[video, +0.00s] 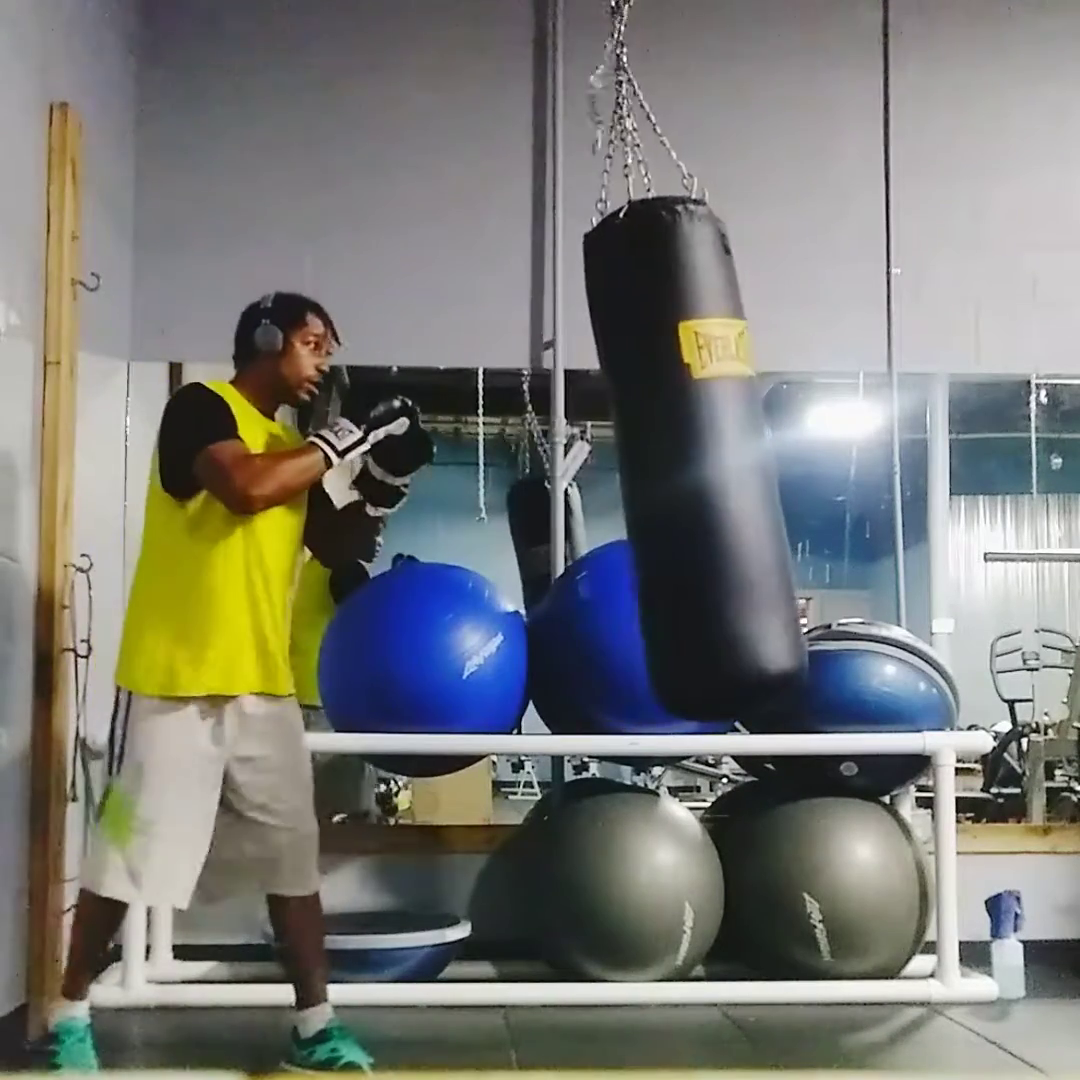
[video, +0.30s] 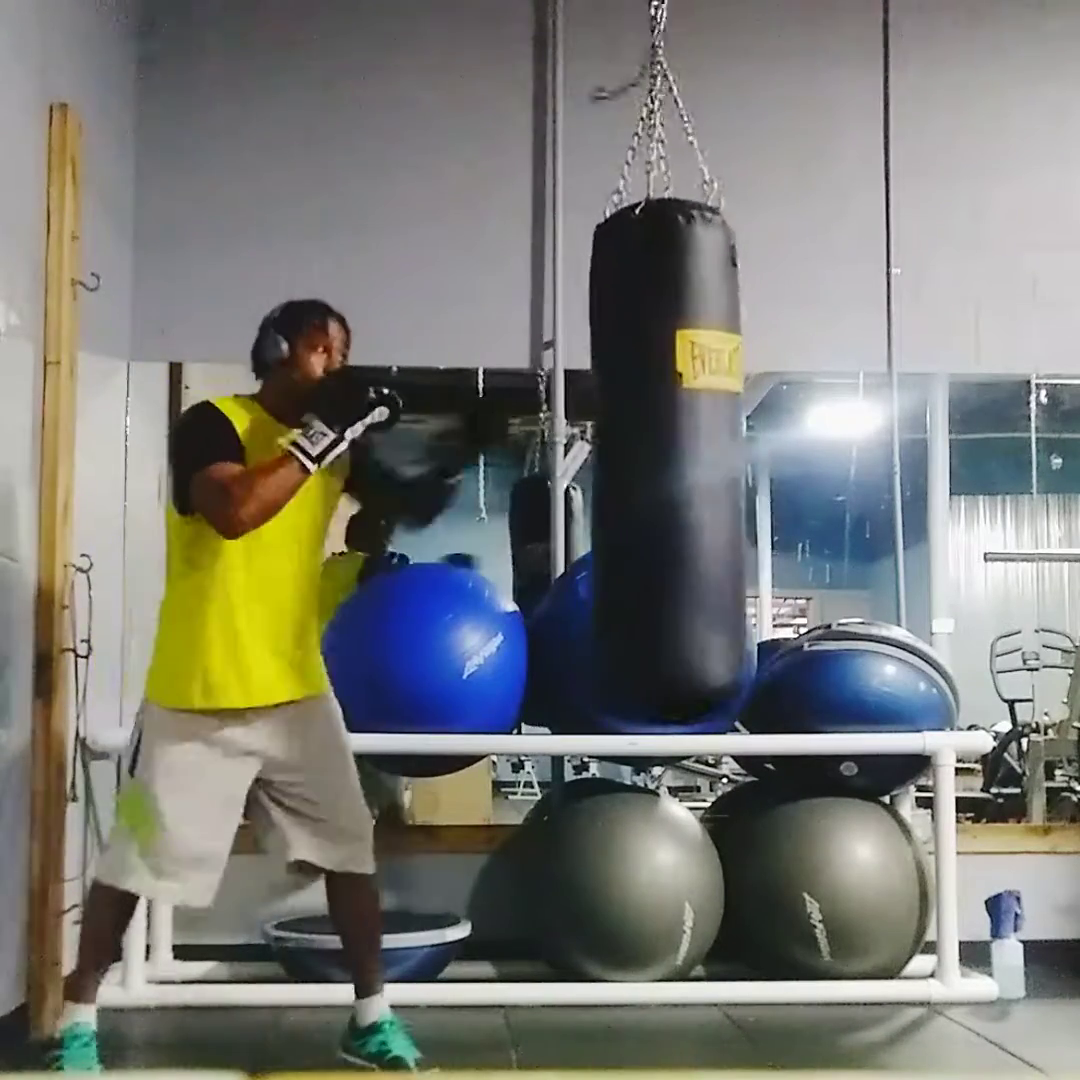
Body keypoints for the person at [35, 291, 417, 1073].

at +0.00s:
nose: (325, 360)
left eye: (329, 350)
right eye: (314, 343)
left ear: (307, 360)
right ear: (268, 340)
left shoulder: (293, 446)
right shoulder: (198, 404)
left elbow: (333, 548)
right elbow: (247, 485)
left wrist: (374, 490)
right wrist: (340, 443)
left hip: (262, 677)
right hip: (174, 670)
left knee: (292, 851)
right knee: (128, 853)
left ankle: (316, 1026)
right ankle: (67, 1015)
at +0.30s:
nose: (334, 368)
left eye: (340, 356)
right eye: (322, 351)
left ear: (338, 367)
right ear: (278, 354)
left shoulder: (330, 445)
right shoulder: (209, 422)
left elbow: (351, 558)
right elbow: (233, 512)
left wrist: (385, 502)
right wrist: (324, 434)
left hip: (297, 686)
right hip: (197, 687)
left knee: (351, 845)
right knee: (134, 856)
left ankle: (372, 1017)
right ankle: (77, 1018)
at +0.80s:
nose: (358, 373)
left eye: (369, 362)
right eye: (345, 357)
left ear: (378, 372)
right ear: (309, 358)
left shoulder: (378, 441)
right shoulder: (254, 430)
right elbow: (251, 524)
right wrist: (344, 452)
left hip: (351, 676)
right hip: (251, 678)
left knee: (389, 842)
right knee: (213, 850)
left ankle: (413, 1015)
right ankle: (175, 1007)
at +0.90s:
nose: (376, 370)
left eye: (384, 358)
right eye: (359, 356)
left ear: (391, 371)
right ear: (318, 362)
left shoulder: (394, 446)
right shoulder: (261, 431)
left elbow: (478, 498)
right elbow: (248, 522)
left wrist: (539, 447)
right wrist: (343, 455)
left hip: (363, 677)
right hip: (263, 679)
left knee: (397, 842)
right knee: (233, 849)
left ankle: (415, 1012)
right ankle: (214, 995)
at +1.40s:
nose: (412, 367)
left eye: (424, 357)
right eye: (396, 353)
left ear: (436, 372)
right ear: (362, 364)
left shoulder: (459, 446)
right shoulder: (321, 439)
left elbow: (528, 536)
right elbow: (289, 537)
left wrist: (546, 486)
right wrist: (368, 471)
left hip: (428, 676)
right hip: (328, 679)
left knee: (445, 843)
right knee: (292, 838)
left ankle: (456, 1012)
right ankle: (274, 984)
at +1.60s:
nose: (405, 383)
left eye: (416, 373)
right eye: (392, 369)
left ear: (425, 387)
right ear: (359, 376)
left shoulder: (443, 463)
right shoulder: (310, 461)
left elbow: (461, 574)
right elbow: (294, 568)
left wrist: (481, 554)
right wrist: (381, 515)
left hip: (429, 685)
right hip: (334, 691)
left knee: (453, 848)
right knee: (322, 852)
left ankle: (457, 1012)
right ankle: (324, 989)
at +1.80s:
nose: (410, 378)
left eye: (419, 369)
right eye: (398, 365)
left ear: (425, 379)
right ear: (359, 369)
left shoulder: (435, 449)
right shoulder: (311, 447)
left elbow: (485, 550)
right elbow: (301, 548)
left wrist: (483, 518)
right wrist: (390, 496)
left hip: (430, 667)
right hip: (338, 674)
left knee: (466, 828)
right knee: (326, 840)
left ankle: (482, 996)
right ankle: (322, 988)